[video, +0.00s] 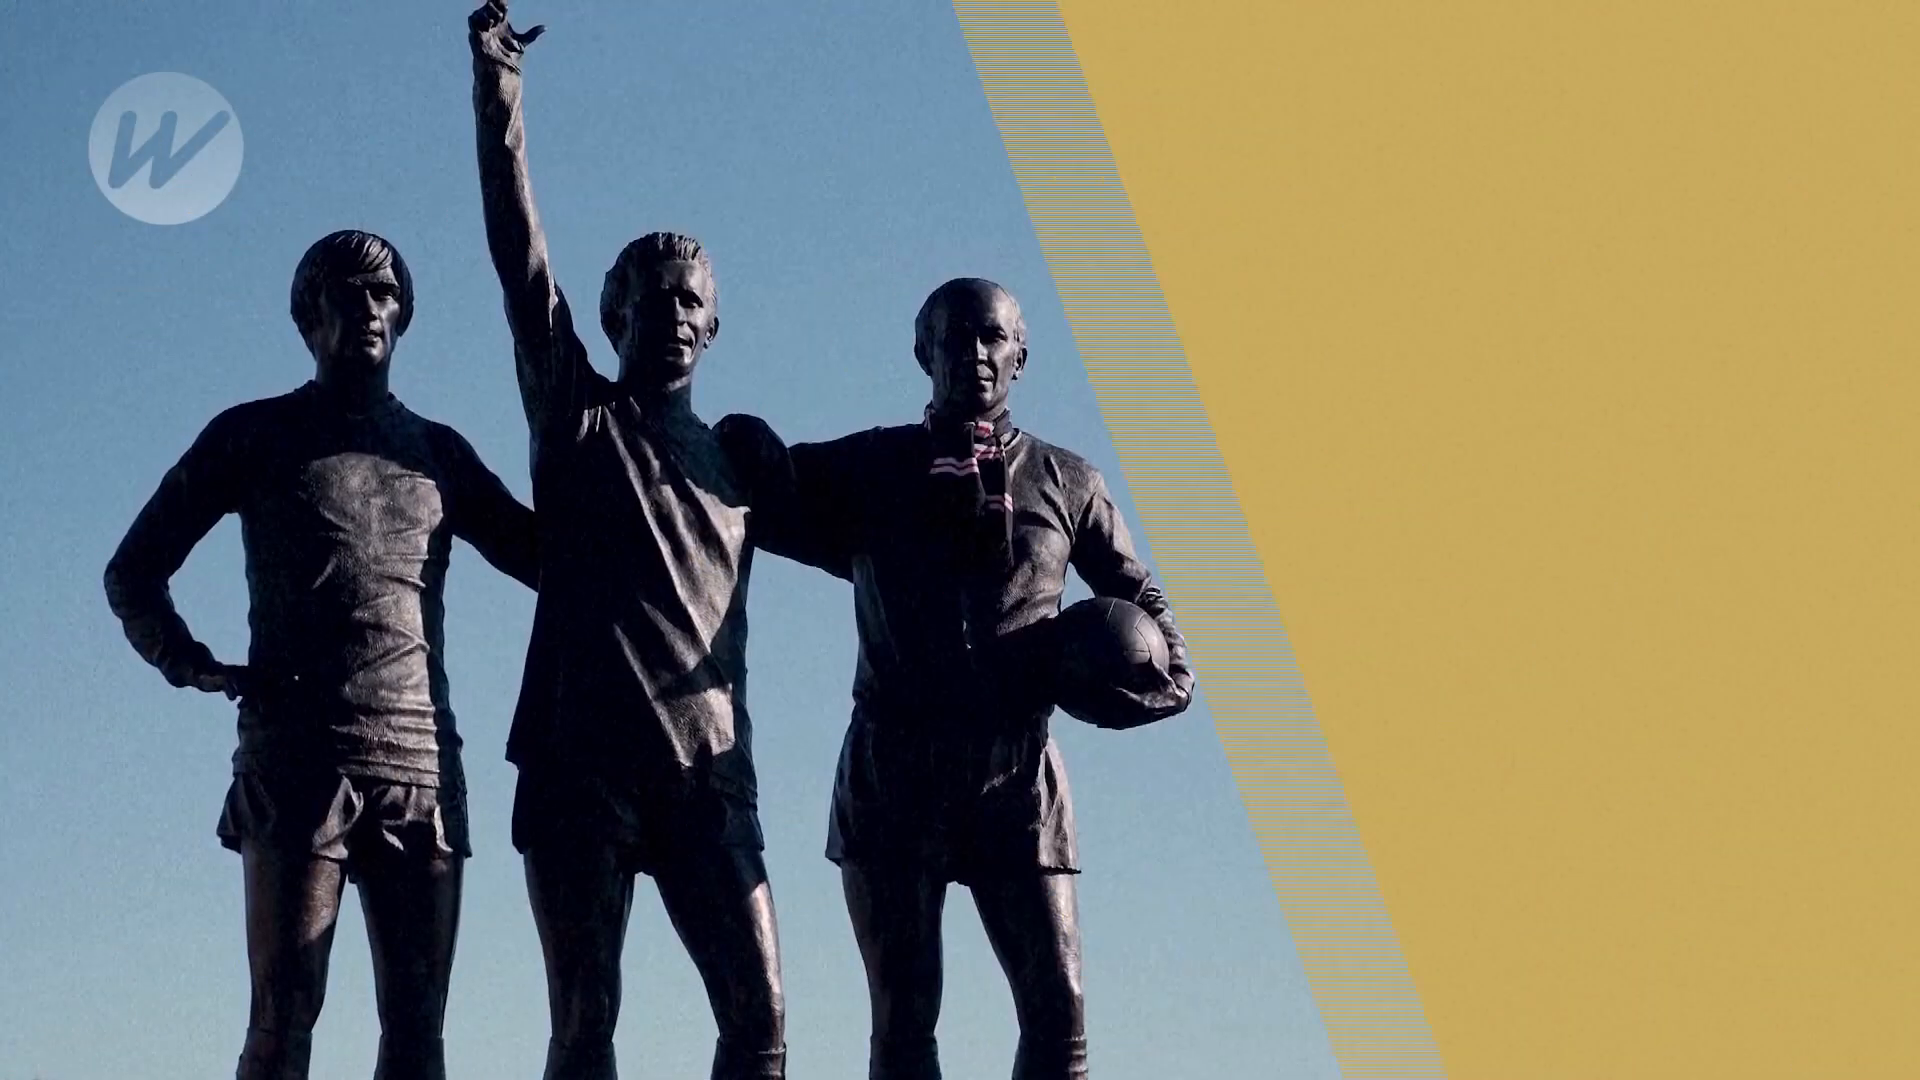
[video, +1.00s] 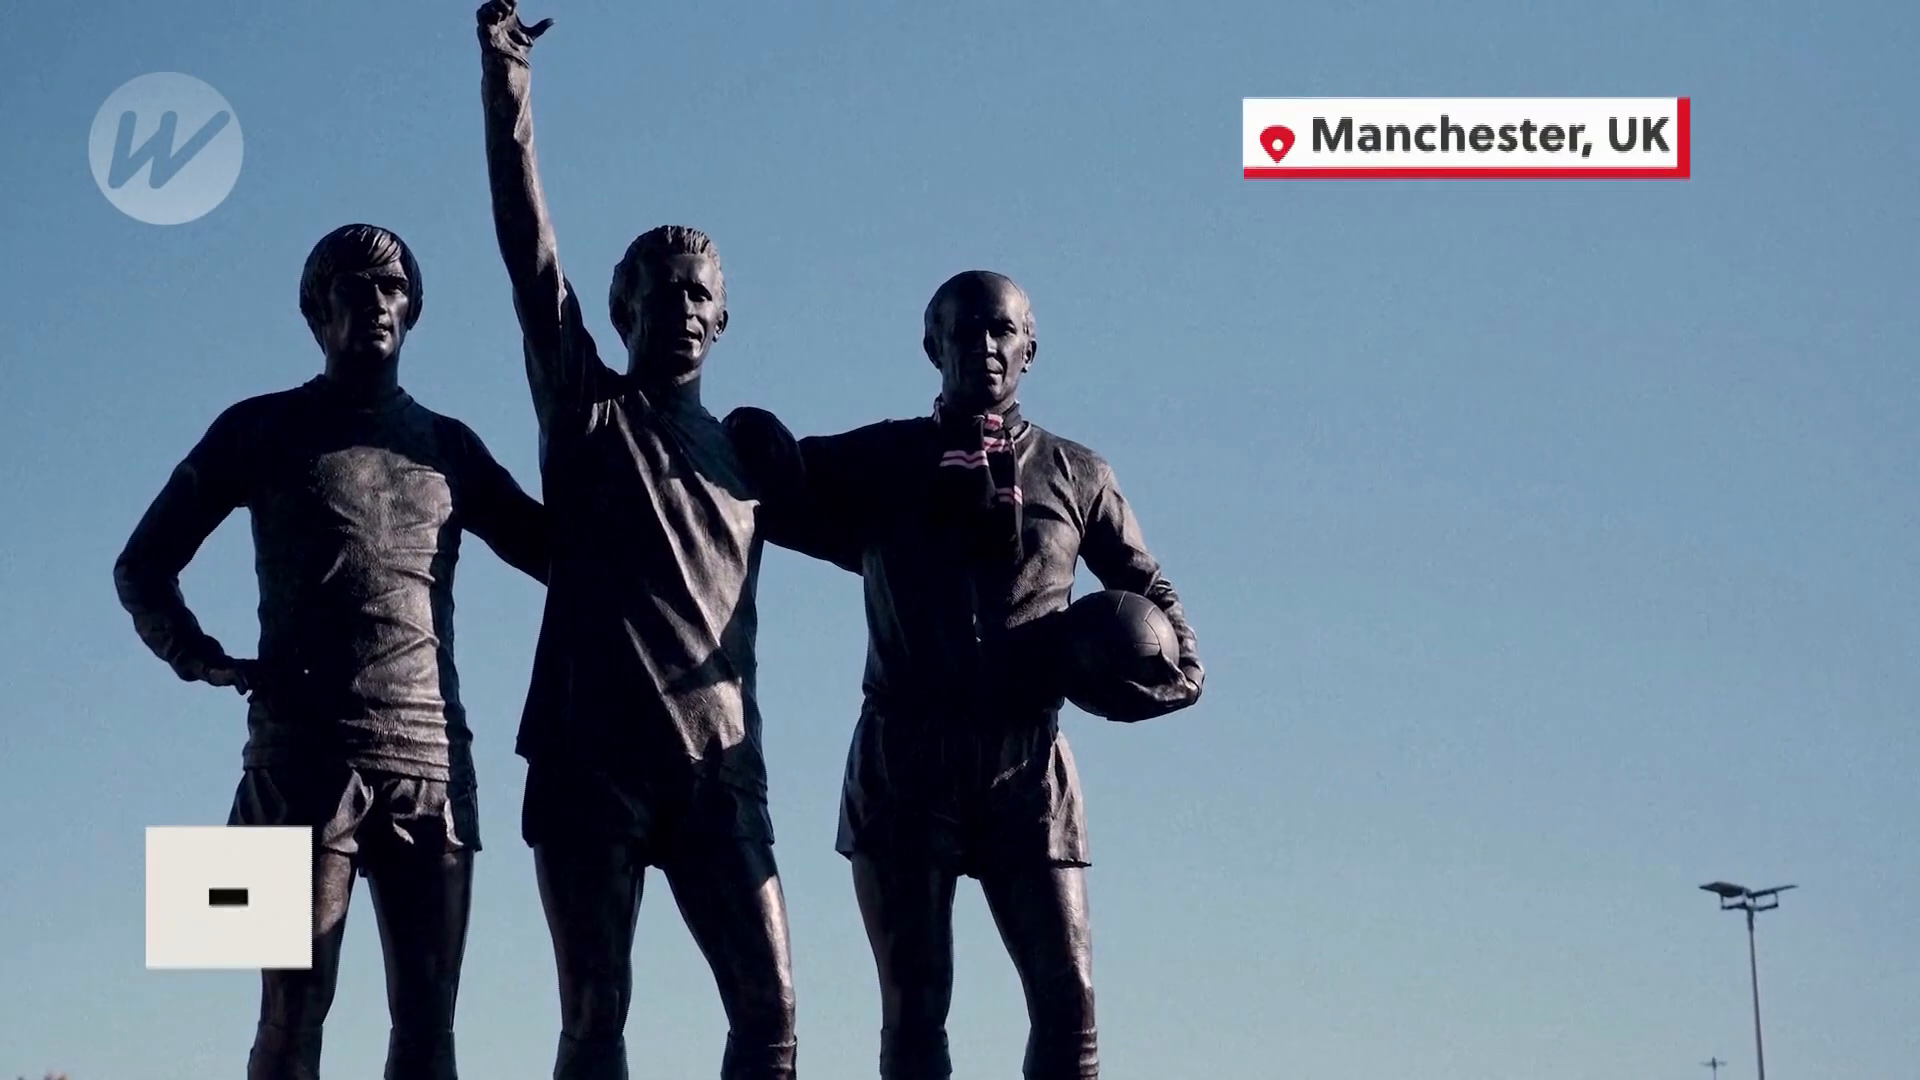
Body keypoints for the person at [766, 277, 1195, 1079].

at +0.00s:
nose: (979, 354)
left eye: (996, 339)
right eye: (959, 337)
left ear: (1018, 357)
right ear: (925, 349)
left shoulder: (1065, 481)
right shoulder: (870, 465)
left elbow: (1139, 597)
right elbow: (745, 481)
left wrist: (1161, 666)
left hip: (1018, 773)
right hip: (893, 773)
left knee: (1057, 1012)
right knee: (903, 1020)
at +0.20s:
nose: (977, 355)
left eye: (995, 339)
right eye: (958, 338)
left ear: (1019, 355)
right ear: (923, 349)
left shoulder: (1066, 481)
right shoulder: (870, 466)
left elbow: (1138, 596)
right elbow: (749, 480)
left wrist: (1164, 666)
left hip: (1018, 775)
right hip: (894, 775)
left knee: (1057, 1013)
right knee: (904, 1020)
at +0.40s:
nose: (980, 352)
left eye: (997, 336)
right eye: (961, 335)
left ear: (1020, 354)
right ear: (925, 346)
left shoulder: (1067, 477)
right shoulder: (872, 461)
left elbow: (1140, 593)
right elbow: (753, 482)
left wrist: (1167, 662)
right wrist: (747, 439)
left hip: (1018, 771)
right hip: (894, 770)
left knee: (1059, 1006)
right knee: (904, 1017)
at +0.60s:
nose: (983, 347)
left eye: (999, 331)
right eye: (963, 331)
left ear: (1023, 349)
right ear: (929, 343)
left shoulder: (1069, 473)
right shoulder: (875, 457)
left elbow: (1142, 589)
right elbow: (757, 477)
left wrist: (1164, 655)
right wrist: (751, 436)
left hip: (1021, 767)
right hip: (898, 766)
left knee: (1062, 1004)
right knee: (908, 1011)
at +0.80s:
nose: (984, 346)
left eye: (1001, 330)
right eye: (965, 330)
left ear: (1026, 347)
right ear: (932, 343)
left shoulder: (1072, 472)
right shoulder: (879, 457)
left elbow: (1145, 588)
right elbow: (759, 474)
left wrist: (1171, 658)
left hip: (1024, 765)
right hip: (901, 765)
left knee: (1065, 1001)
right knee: (910, 1011)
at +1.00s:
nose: (990, 346)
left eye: (1006, 330)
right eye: (971, 330)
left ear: (1029, 349)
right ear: (935, 342)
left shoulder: (1075, 474)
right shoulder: (879, 457)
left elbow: (1150, 591)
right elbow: (755, 479)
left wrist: (1167, 657)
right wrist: (754, 433)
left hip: (1027, 766)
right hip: (903, 766)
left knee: (1068, 1002)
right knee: (914, 1011)